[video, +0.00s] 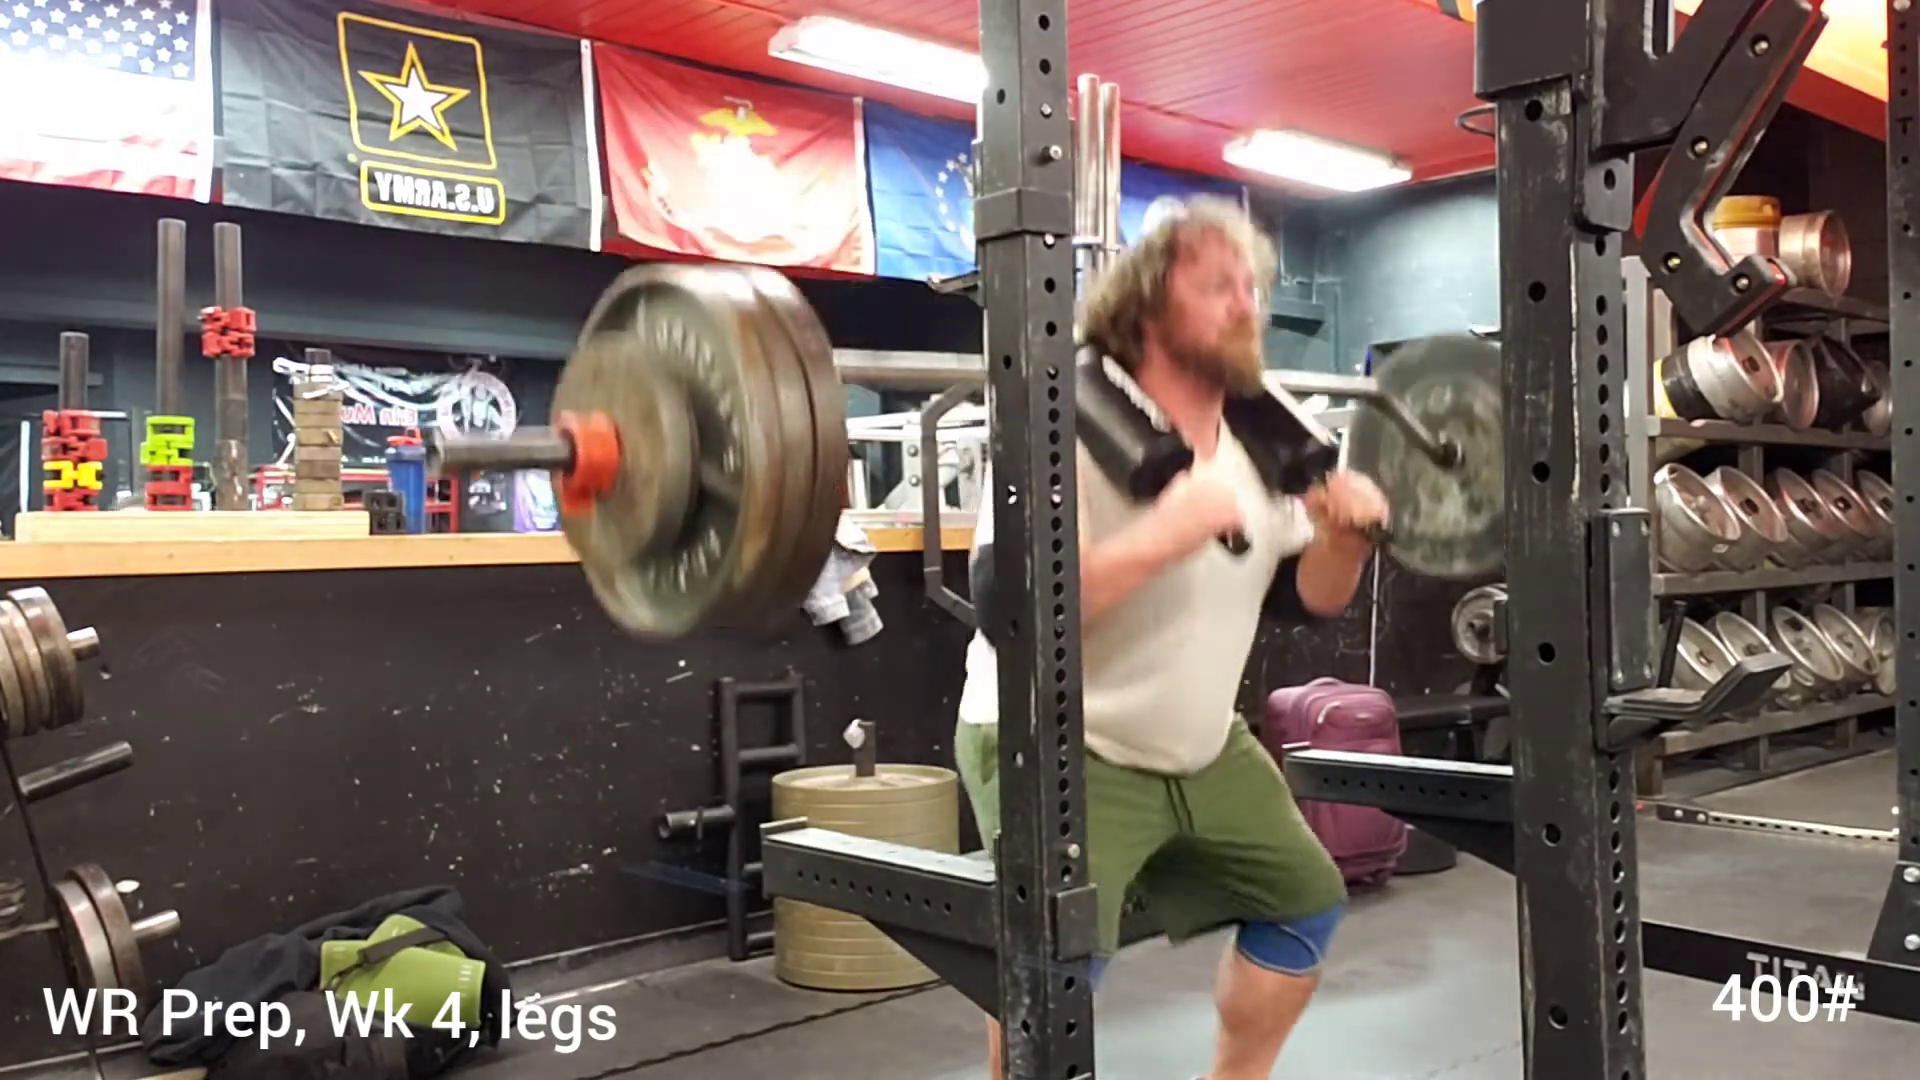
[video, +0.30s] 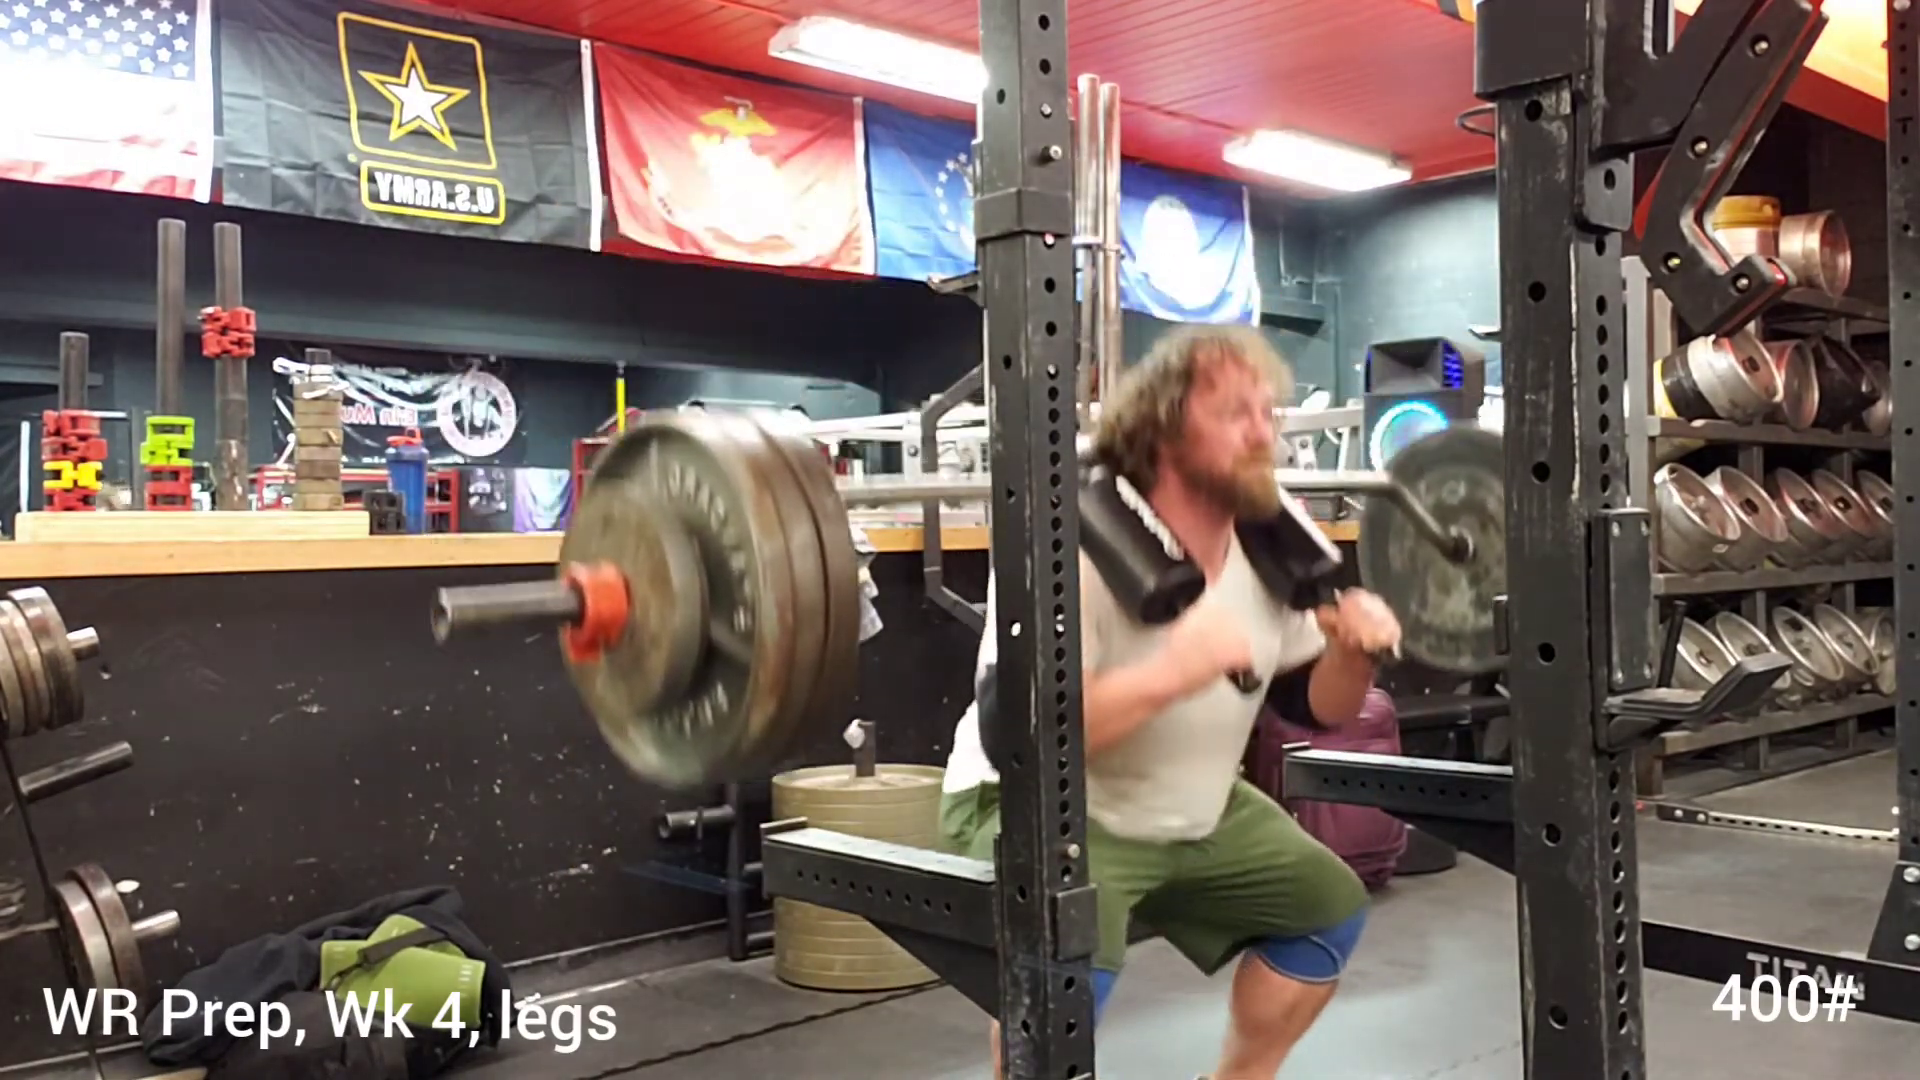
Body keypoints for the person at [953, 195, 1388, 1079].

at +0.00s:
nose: (1244, 303)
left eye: (1251, 285)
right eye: (1218, 284)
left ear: (1259, 301)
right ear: (1153, 302)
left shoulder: (1267, 424)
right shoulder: (1069, 416)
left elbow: (1321, 596)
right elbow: (1028, 601)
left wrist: (1345, 530)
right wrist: (1163, 534)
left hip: (1204, 740)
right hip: (1066, 744)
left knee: (1303, 901)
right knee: (1057, 965)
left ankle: (1237, 1074)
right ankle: (1016, 1072)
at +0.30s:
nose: (1261, 434)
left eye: (1267, 413)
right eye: (1234, 414)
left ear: (1278, 421)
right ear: (1165, 431)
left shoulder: (1271, 533)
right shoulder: (1073, 538)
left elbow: (1328, 710)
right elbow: (1033, 730)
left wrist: (1353, 651)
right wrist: (1170, 672)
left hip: (1195, 804)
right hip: (1054, 811)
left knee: (1326, 908)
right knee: (1076, 965)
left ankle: (1241, 1073)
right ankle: (1018, 1068)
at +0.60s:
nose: (1267, 552)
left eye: (1275, 531)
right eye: (1241, 532)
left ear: (1288, 532)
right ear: (1171, 543)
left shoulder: (1276, 638)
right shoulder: (1084, 651)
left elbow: (1339, 808)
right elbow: (1030, 836)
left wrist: (1367, 755)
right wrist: (1173, 791)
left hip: (1222, 886)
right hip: (1094, 900)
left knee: (1359, 925)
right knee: (1078, 1000)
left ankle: (1245, 1075)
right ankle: (1020, 1066)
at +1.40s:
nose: (1280, 552)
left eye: (1286, 530)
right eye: (1254, 532)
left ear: (1296, 528)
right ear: (1181, 542)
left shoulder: (1275, 627)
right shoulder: (1089, 648)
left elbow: (1340, 796)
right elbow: (1038, 832)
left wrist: (1364, 748)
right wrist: (1176, 785)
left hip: (1197, 858)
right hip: (1068, 869)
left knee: (1338, 908)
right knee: (1085, 959)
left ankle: (1243, 1074)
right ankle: (1017, 1071)